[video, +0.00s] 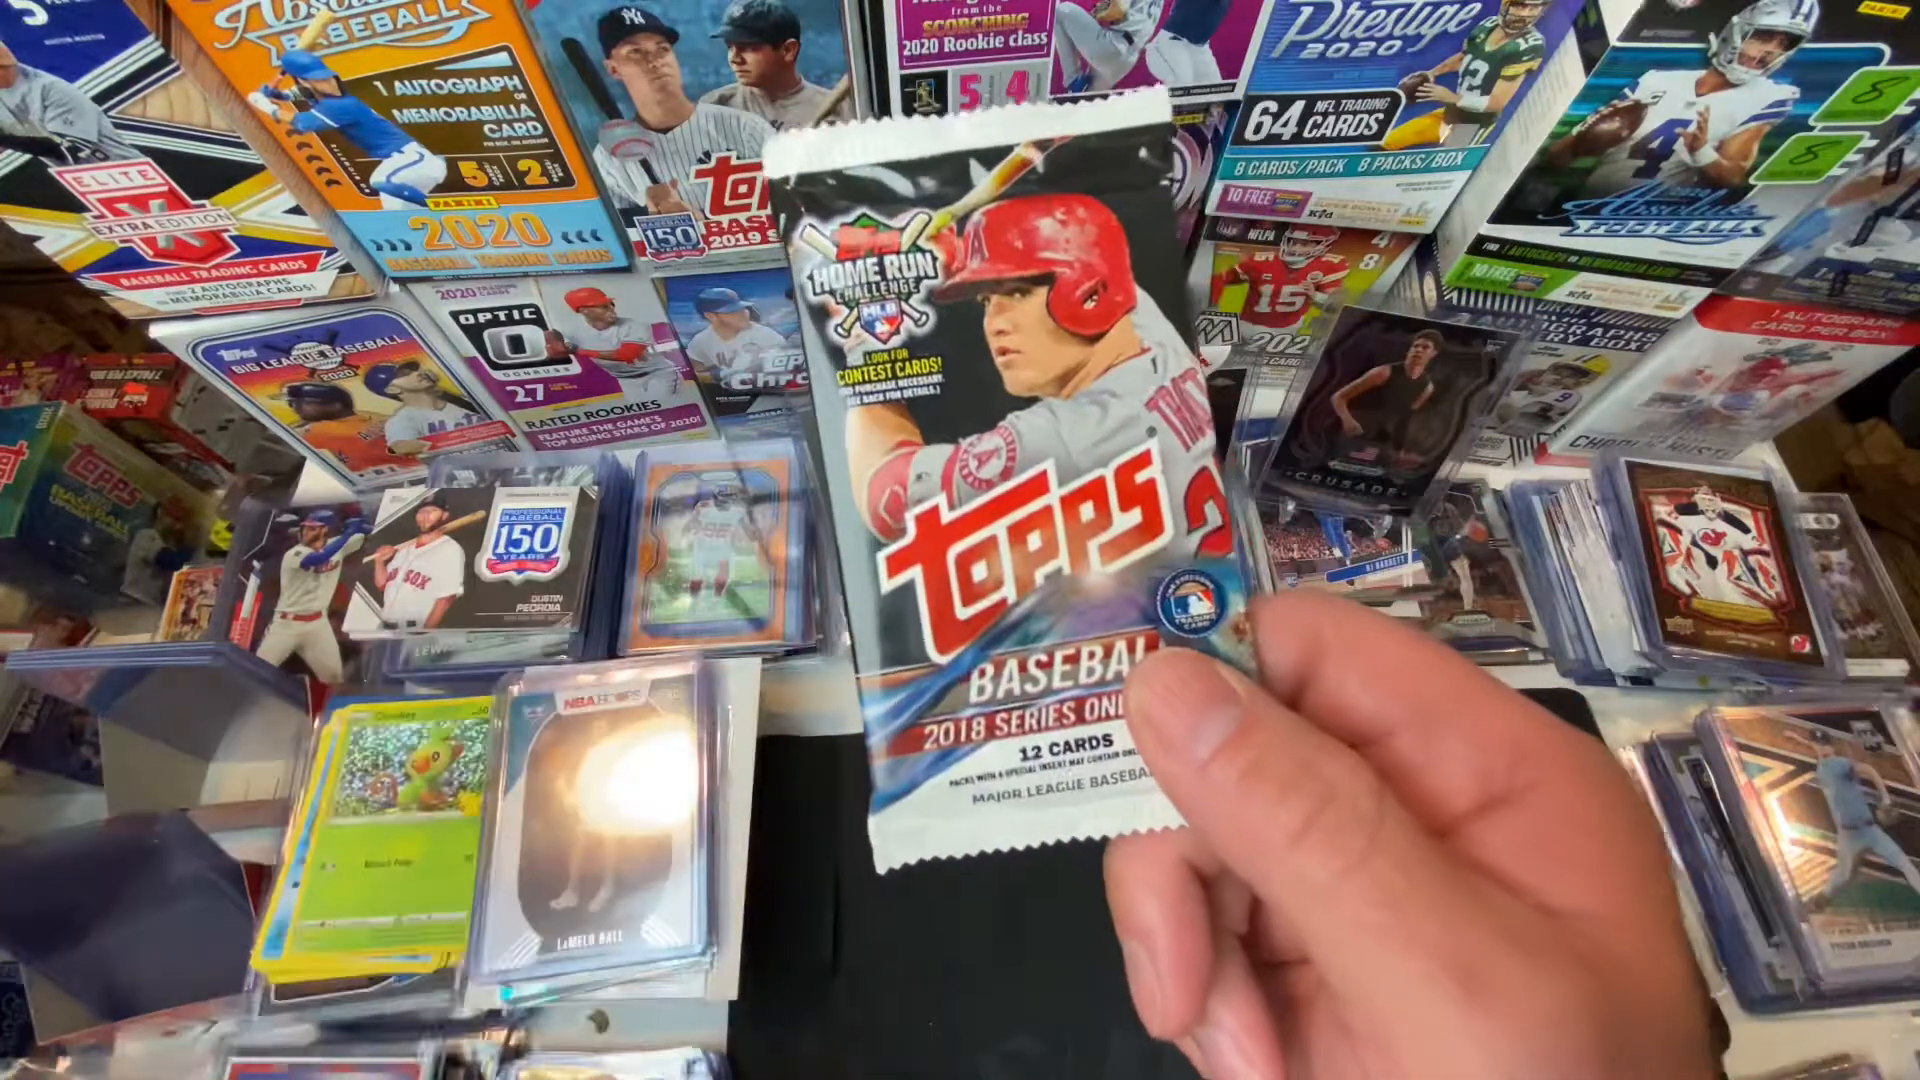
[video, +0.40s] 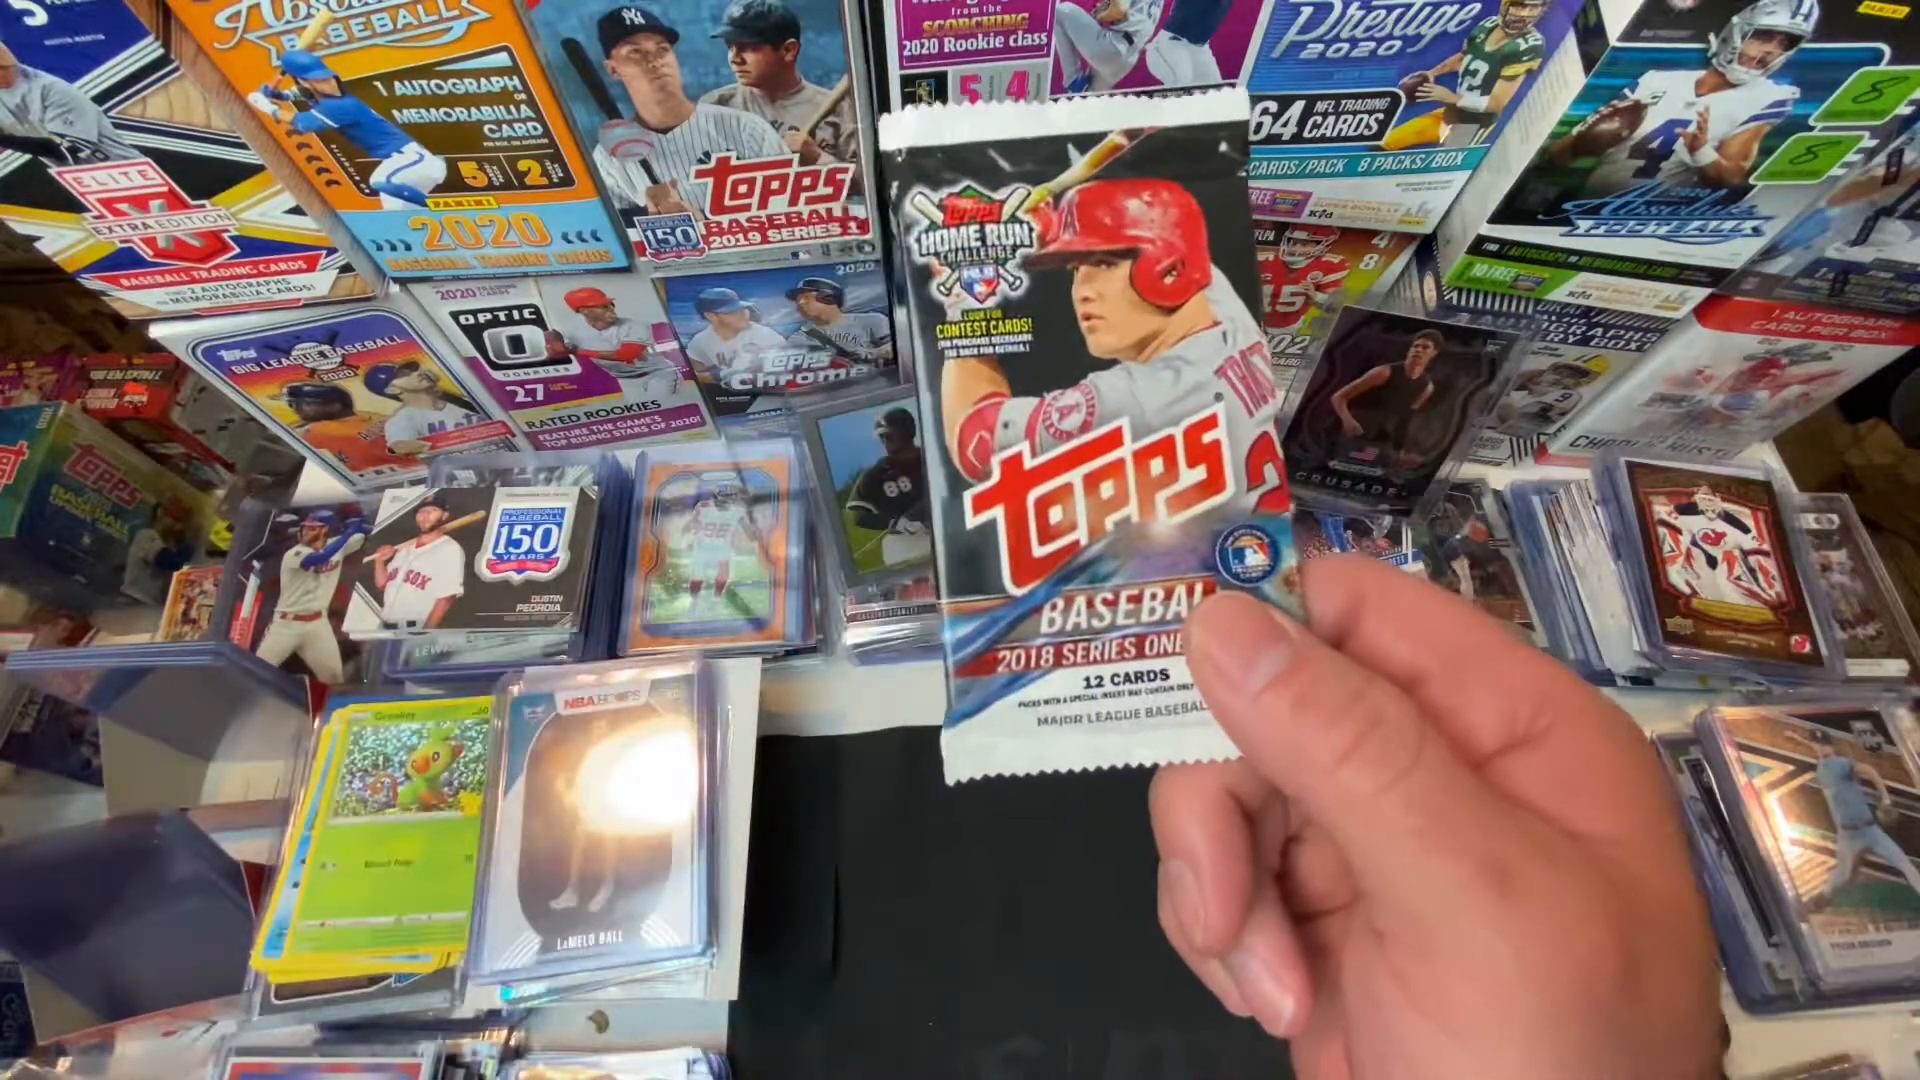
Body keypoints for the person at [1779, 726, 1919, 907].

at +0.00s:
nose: (1824, 753)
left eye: (1827, 748)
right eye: (1820, 750)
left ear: (1832, 747)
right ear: (1817, 752)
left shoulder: (1841, 764)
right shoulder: (1822, 768)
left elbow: (1869, 770)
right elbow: (1815, 748)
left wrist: (1885, 797)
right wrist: (1799, 738)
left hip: (1870, 828)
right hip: (1846, 834)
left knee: (1904, 863)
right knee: (1845, 874)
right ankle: (1824, 897)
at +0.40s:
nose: (1825, 755)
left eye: (1828, 749)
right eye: (1821, 751)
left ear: (1833, 748)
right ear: (1818, 754)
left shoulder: (1843, 765)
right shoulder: (1822, 769)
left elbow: (1869, 771)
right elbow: (1816, 748)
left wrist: (1885, 798)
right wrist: (1799, 738)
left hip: (1870, 829)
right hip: (1846, 835)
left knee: (1903, 863)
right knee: (1844, 875)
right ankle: (1823, 898)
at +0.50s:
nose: (1824, 749)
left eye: (1826, 744)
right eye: (1819, 745)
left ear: (1832, 745)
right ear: (1814, 748)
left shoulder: (1840, 764)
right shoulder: (1823, 768)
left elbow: (1870, 771)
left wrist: (1885, 797)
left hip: (1870, 828)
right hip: (1847, 834)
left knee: (1902, 862)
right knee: (1842, 875)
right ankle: (1818, 900)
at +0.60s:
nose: (1824, 749)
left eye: (1826, 744)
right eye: (1819, 745)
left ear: (1831, 745)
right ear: (1814, 748)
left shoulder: (1839, 764)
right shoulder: (1824, 768)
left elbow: (1869, 771)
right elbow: (1869, 770)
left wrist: (1885, 797)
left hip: (1870, 828)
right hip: (1847, 833)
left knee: (1903, 862)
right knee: (1843, 875)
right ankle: (1819, 899)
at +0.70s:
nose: (1824, 749)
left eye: (1826, 743)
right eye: (1819, 745)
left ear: (1831, 744)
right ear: (1813, 747)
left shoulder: (1840, 764)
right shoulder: (1822, 768)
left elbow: (1870, 771)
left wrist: (1885, 797)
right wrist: (1797, 738)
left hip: (1870, 828)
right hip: (1847, 833)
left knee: (1903, 863)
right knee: (1843, 875)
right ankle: (1820, 899)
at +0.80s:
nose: (1823, 749)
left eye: (1826, 744)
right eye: (1819, 745)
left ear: (1831, 745)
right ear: (1814, 748)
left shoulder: (1841, 764)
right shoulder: (1822, 768)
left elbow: (1869, 771)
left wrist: (1885, 796)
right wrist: (1798, 739)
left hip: (1869, 828)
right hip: (1846, 833)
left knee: (1901, 860)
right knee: (1843, 874)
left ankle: (1919, 888)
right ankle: (1820, 899)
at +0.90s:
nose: (1823, 750)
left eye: (1826, 744)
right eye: (1819, 746)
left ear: (1831, 745)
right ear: (1814, 748)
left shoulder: (1841, 764)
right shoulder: (1823, 768)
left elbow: (1870, 771)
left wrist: (1885, 796)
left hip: (1869, 827)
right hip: (1846, 833)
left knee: (1902, 861)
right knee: (1843, 874)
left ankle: (1918, 889)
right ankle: (1820, 899)